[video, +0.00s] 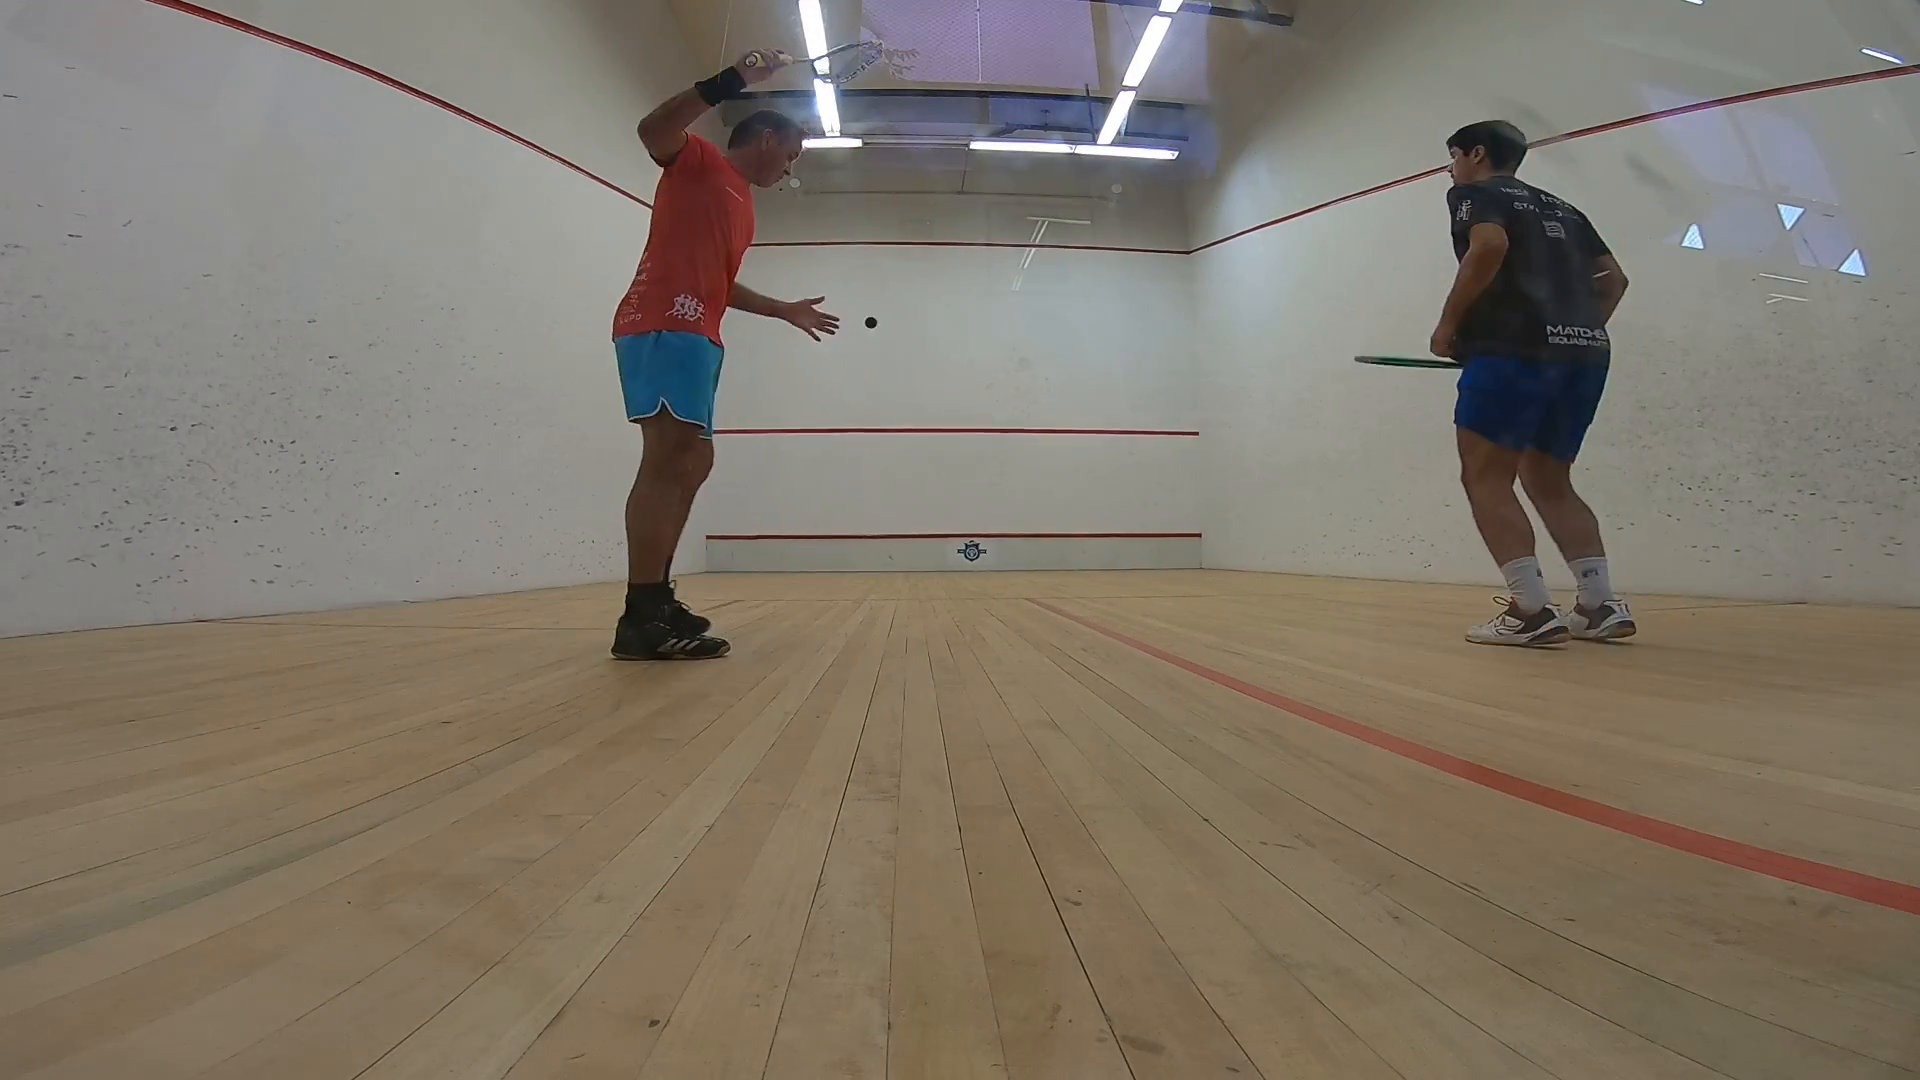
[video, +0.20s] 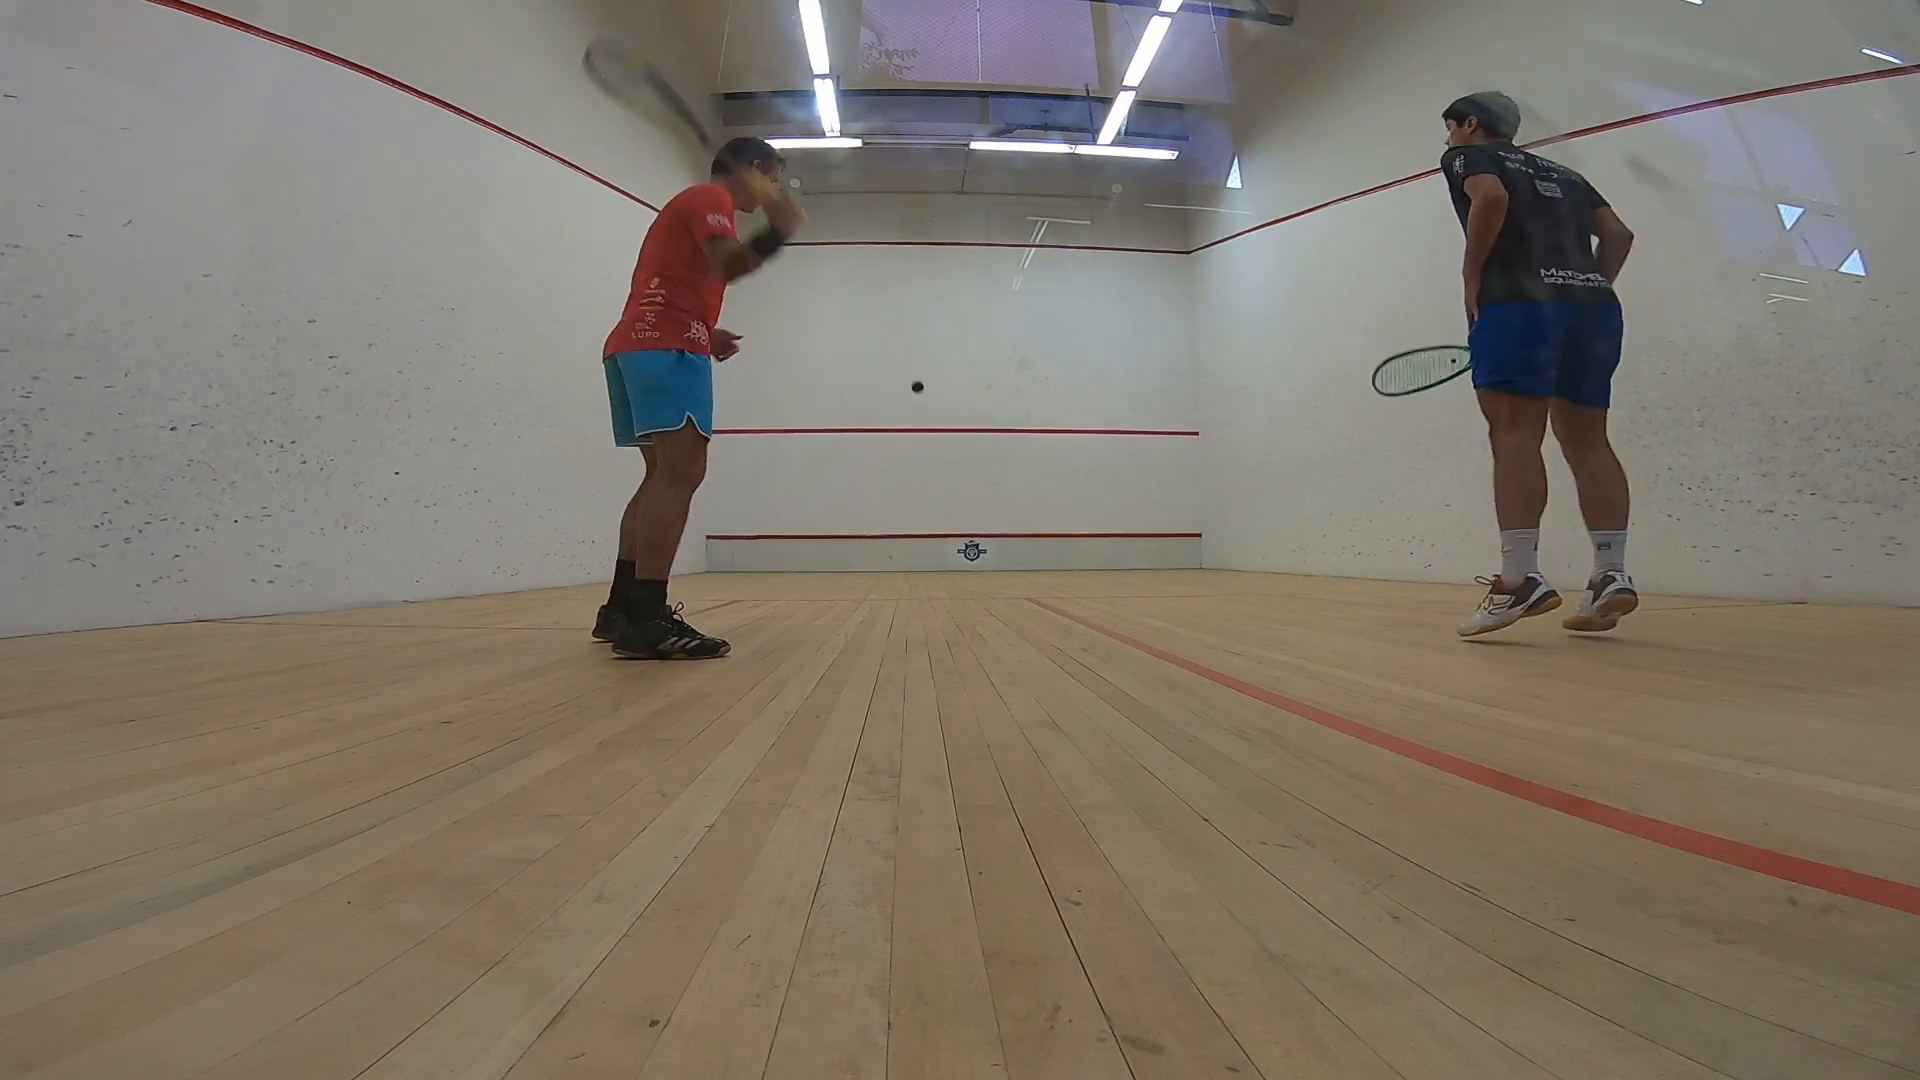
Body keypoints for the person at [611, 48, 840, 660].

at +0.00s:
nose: (790, 170)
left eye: (795, 160)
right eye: (790, 156)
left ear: (767, 150)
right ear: (764, 138)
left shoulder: (739, 204)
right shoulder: (700, 158)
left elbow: (718, 285)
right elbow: (654, 130)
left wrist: (785, 309)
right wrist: (726, 82)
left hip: (693, 334)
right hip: (664, 328)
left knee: (693, 462)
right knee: (668, 460)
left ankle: (655, 604)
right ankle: (642, 616)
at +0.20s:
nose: (771, 193)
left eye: (774, 184)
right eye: (769, 181)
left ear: (730, 165)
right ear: (748, 169)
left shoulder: (686, 205)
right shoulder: (710, 198)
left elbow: (660, 295)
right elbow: (729, 262)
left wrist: (704, 334)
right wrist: (777, 232)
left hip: (632, 348)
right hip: (665, 348)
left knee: (661, 473)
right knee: (683, 468)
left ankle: (622, 608)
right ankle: (648, 616)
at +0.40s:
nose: (742, 202)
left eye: (740, 196)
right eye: (744, 195)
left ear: (694, 187)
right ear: (738, 192)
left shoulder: (650, 220)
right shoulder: (740, 223)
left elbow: (600, 285)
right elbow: (731, 310)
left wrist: (633, 331)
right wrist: (703, 343)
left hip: (626, 357)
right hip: (686, 357)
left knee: (647, 477)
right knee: (721, 475)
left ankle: (618, 609)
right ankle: (670, 592)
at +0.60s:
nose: (729, 211)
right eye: (730, 205)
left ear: (681, 199)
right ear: (726, 203)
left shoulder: (650, 225)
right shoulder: (749, 237)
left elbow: (606, 276)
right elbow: (749, 310)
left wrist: (592, 336)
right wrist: (702, 330)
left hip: (654, 357)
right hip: (720, 364)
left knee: (644, 483)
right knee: (728, 483)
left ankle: (624, 605)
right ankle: (762, 596)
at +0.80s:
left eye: (678, 221)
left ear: (681, 218)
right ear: (726, 225)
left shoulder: (672, 238)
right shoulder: (756, 262)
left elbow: (662, 278)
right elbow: (772, 330)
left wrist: (602, 329)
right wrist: (726, 351)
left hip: (688, 370)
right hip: (748, 376)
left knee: (666, 490)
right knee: (756, 492)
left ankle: (641, 602)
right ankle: (787, 603)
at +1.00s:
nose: (665, 238)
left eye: (665, 232)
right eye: (668, 232)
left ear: (671, 228)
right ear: (710, 230)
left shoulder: (675, 243)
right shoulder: (739, 266)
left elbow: (695, 289)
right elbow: (763, 335)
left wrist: (651, 353)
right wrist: (699, 351)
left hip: (699, 377)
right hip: (751, 381)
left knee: (676, 488)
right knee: (736, 490)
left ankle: (718, 607)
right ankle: (782, 598)